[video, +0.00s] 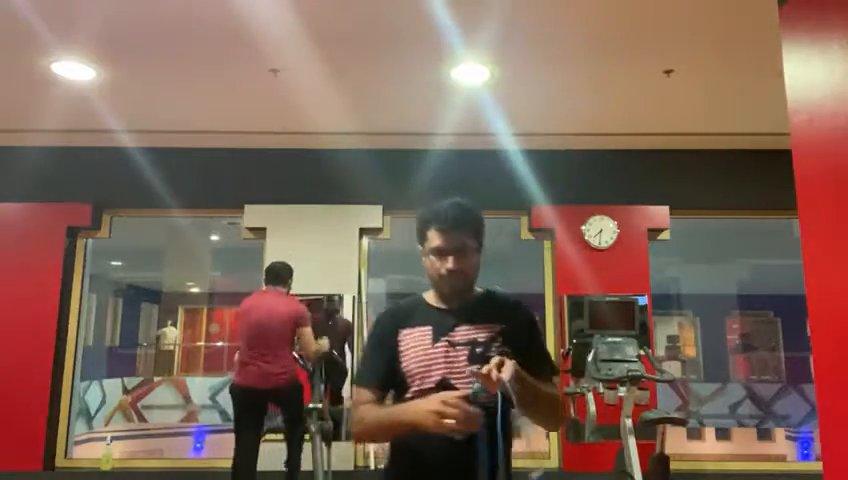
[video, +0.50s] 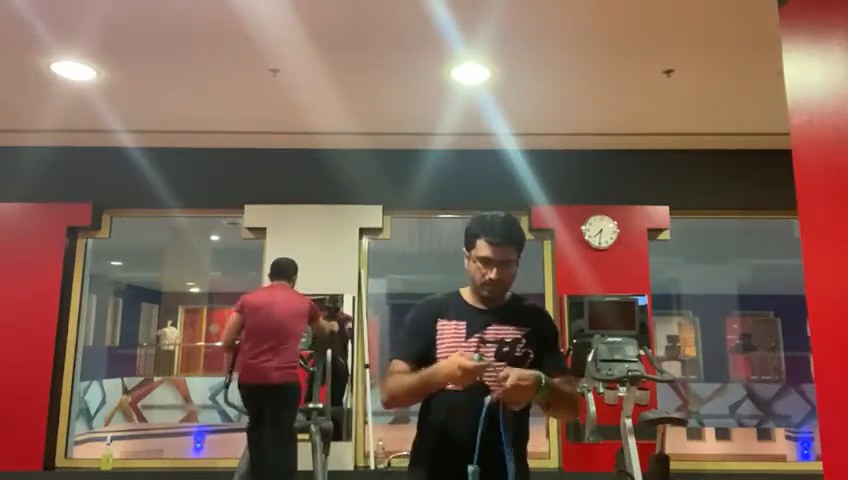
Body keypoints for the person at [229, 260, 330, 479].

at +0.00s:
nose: (289, 285)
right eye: (290, 282)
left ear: (265, 281)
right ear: (289, 283)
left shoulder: (246, 304)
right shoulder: (296, 308)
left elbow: (245, 343)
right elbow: (309, 353)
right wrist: (322, 345)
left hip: (247, 385)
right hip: (284, 384)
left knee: (245, 446)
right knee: (295, 424)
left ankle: (242, 476)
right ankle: (293, 469)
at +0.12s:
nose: (294, 280)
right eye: (294, 277)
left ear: (270, 274)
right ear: (293, 277)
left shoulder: (250, 297)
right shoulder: (300, 300)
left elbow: (248, 335)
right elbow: (312, 344)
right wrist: (323, 345)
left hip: (250, 381)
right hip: (284, 380)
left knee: (251, 438)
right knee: (290, 436)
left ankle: (244, 477)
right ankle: (291, 476)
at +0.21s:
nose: (295, 278)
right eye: (296, 275)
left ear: (271, 273)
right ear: (295, 275)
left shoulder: (250, 295)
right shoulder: (305, 300)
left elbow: (247, 334)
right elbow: (321, 341)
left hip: (251, 379)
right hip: (286, 379)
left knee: (253, 433)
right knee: (286, 438)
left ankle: (247, 476)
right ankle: (288, 477)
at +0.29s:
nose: (295, 282)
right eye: (296, 278)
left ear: (271, 276)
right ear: (295, 279)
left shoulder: (251, 297)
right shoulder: (305, 303)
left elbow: (239, 332)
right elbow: (328, 339)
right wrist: (322, 355)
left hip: (251, 381)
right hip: (287, 382)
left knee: (253, 429)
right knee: (284, 440)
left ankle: (249, 475)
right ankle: (284, 476)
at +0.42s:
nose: (294, 284)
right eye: (295, 281)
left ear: (270, 279)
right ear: (294, 281)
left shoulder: (250, 302)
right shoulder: (306, 305)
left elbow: (231, 342)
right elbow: (323, 339)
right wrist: (329, 329)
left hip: (252, 384)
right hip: (288, 385)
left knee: (255, 426)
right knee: (284, 436)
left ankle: (256, 474)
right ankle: (282, 475)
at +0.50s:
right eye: (295, 278)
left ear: (269, 276)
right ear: (294, 278)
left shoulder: (248, 299)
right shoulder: (304, 303)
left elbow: (226, 342)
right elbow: (322, 333)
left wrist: (242, 349)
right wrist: (330, 326)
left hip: (251, 382)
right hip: (286, 383)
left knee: (257, 429)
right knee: (283, 435)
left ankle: (258, 475)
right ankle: (283, 476)